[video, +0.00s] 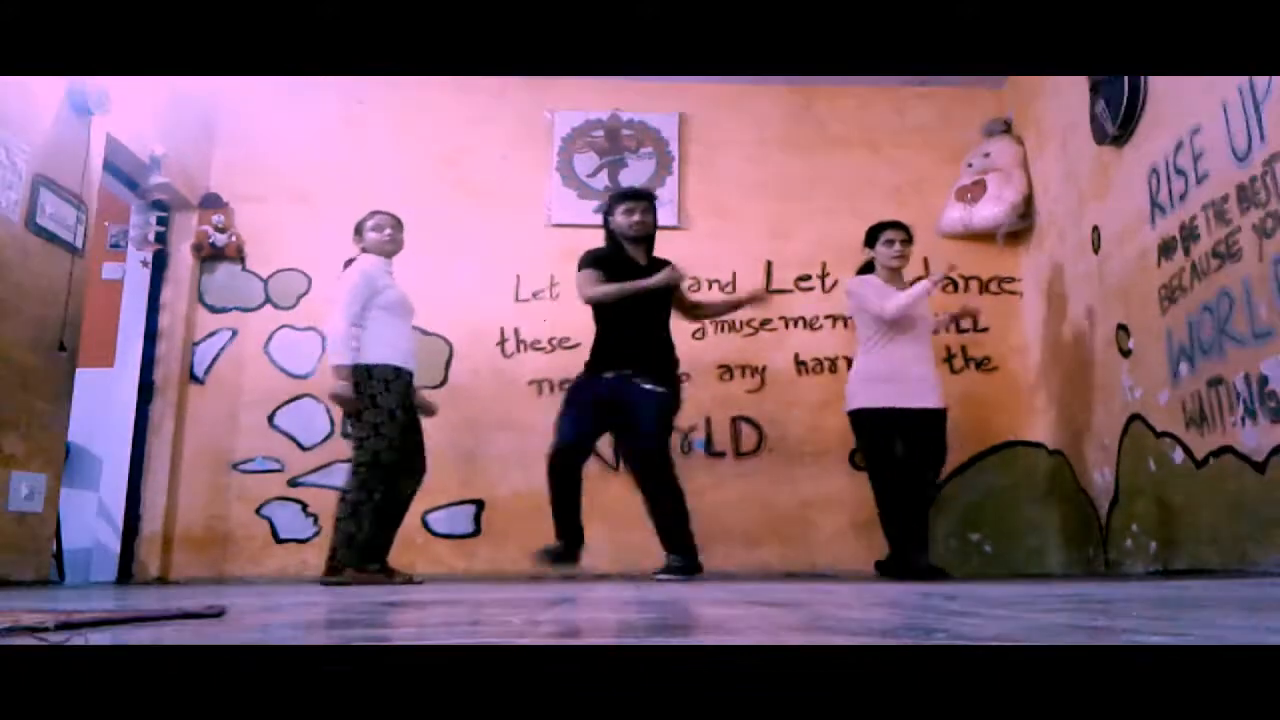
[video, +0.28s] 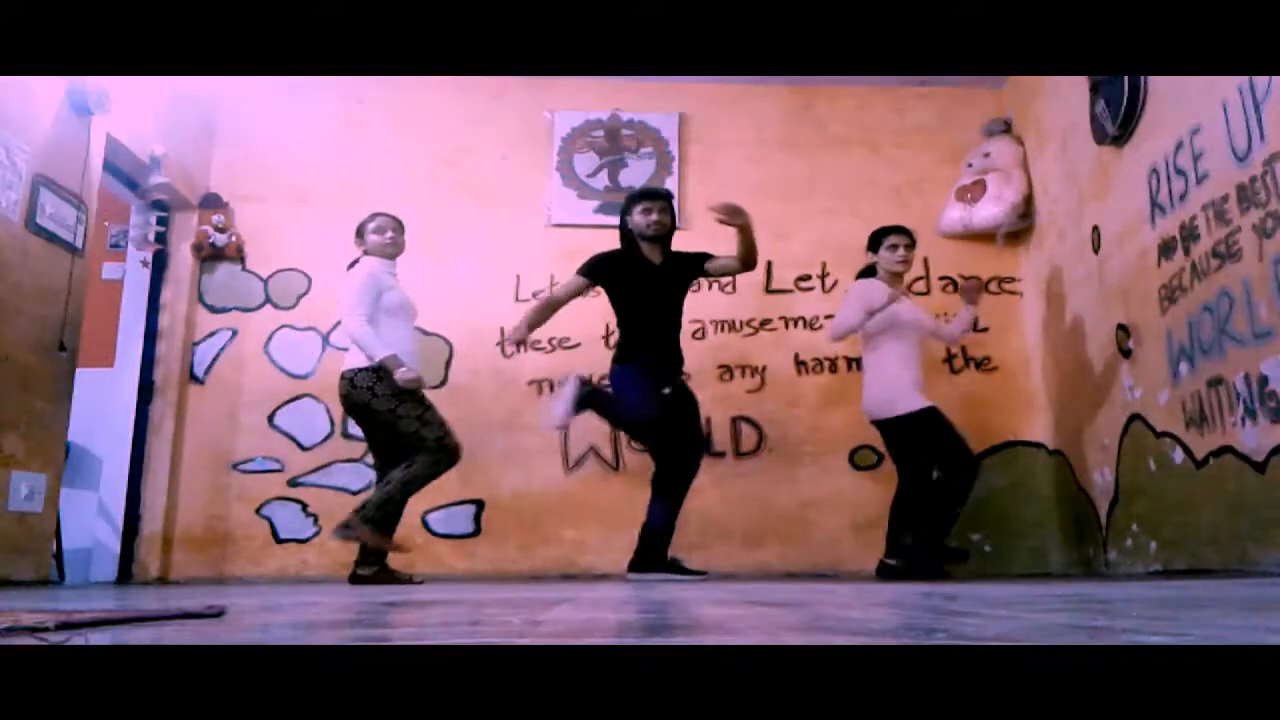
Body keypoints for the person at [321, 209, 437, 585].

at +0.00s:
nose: (388, 233)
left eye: (395, 228)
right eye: (378, 228)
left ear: (402, 240)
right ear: (361, 240)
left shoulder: (387, 278)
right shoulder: (366, 268)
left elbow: (391, 343)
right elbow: (344, 320)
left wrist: (411, 393)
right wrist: (342, 375)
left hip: (394, 381)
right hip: (375, 379)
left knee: (408, 467)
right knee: (374, 467)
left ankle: (372, 558)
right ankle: (346, 560)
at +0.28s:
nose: (390, 236)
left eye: (396, 231)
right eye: (379, 231)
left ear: (404, 242)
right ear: (361, 243)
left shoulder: (386, 278)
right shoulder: (368, 273)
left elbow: (386, 335)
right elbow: (353, 323)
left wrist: (410, 370)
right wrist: (394, 365)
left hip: (377, 381)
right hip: (372, 380)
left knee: (394, 470)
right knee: (442, 449)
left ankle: (371, 563)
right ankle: (363, 520)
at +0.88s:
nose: (377, 235)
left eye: (386, 232)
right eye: (368, 231)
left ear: (396, 246)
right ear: (353, 243)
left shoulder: (396, 295)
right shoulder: (348, 279)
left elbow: (403, 349)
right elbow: (309, 325)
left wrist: (435, 377)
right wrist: (307, 382)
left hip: (394, 385)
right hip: (358, 380)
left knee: (400, 465)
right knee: (379, 463)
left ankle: (371, 563)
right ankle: (316, 551)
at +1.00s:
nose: (369, 239)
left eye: (378, 236)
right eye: (360, 234)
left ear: (389, 250)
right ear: (346, 246)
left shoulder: (400, 298)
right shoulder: (336, 284)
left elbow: (409, 345)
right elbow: (305, 337)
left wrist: (424, 361)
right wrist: (294, 393)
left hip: (387, 392)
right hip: (343, 388)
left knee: (401, 470)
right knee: (359, 469)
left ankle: (371, 564)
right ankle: (321, 558)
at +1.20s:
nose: (348, 234)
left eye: (357, 230)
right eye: (341, 229)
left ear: (372, 244)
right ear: (327, 242)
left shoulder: (390, 286)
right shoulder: (309, 284)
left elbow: (418, 330)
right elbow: (277, 329)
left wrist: (435, 372)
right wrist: (243, 357)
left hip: (369, 388)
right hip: (314, 387)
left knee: (369, 476)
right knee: (319, 477)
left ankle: (369, 560)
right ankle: (321, 565)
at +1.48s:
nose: (320, 237)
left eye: (330, 234)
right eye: (315, 232)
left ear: (344, 249)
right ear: (303, 242)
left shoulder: (354, 287)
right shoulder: (278, 282)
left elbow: (396, 334)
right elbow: (231, 313)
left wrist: (432, 366)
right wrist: (196, 307)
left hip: (331, 383)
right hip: (293, 388)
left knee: (268, 464)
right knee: (331, 478)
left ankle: (267, 566)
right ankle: (382, 563)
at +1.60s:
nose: (235, 212)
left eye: (248, 209)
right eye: (230, 205)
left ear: (267, 230)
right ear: (218, 216)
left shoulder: (273, 277)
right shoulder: (179, 264)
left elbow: (330, 338)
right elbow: (114, 294)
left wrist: (377, 383)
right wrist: (79, 318)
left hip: (243, 387)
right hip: (188, 393)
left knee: (179, 482)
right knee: (207, 505)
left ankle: (188, 606)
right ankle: (304, 584)